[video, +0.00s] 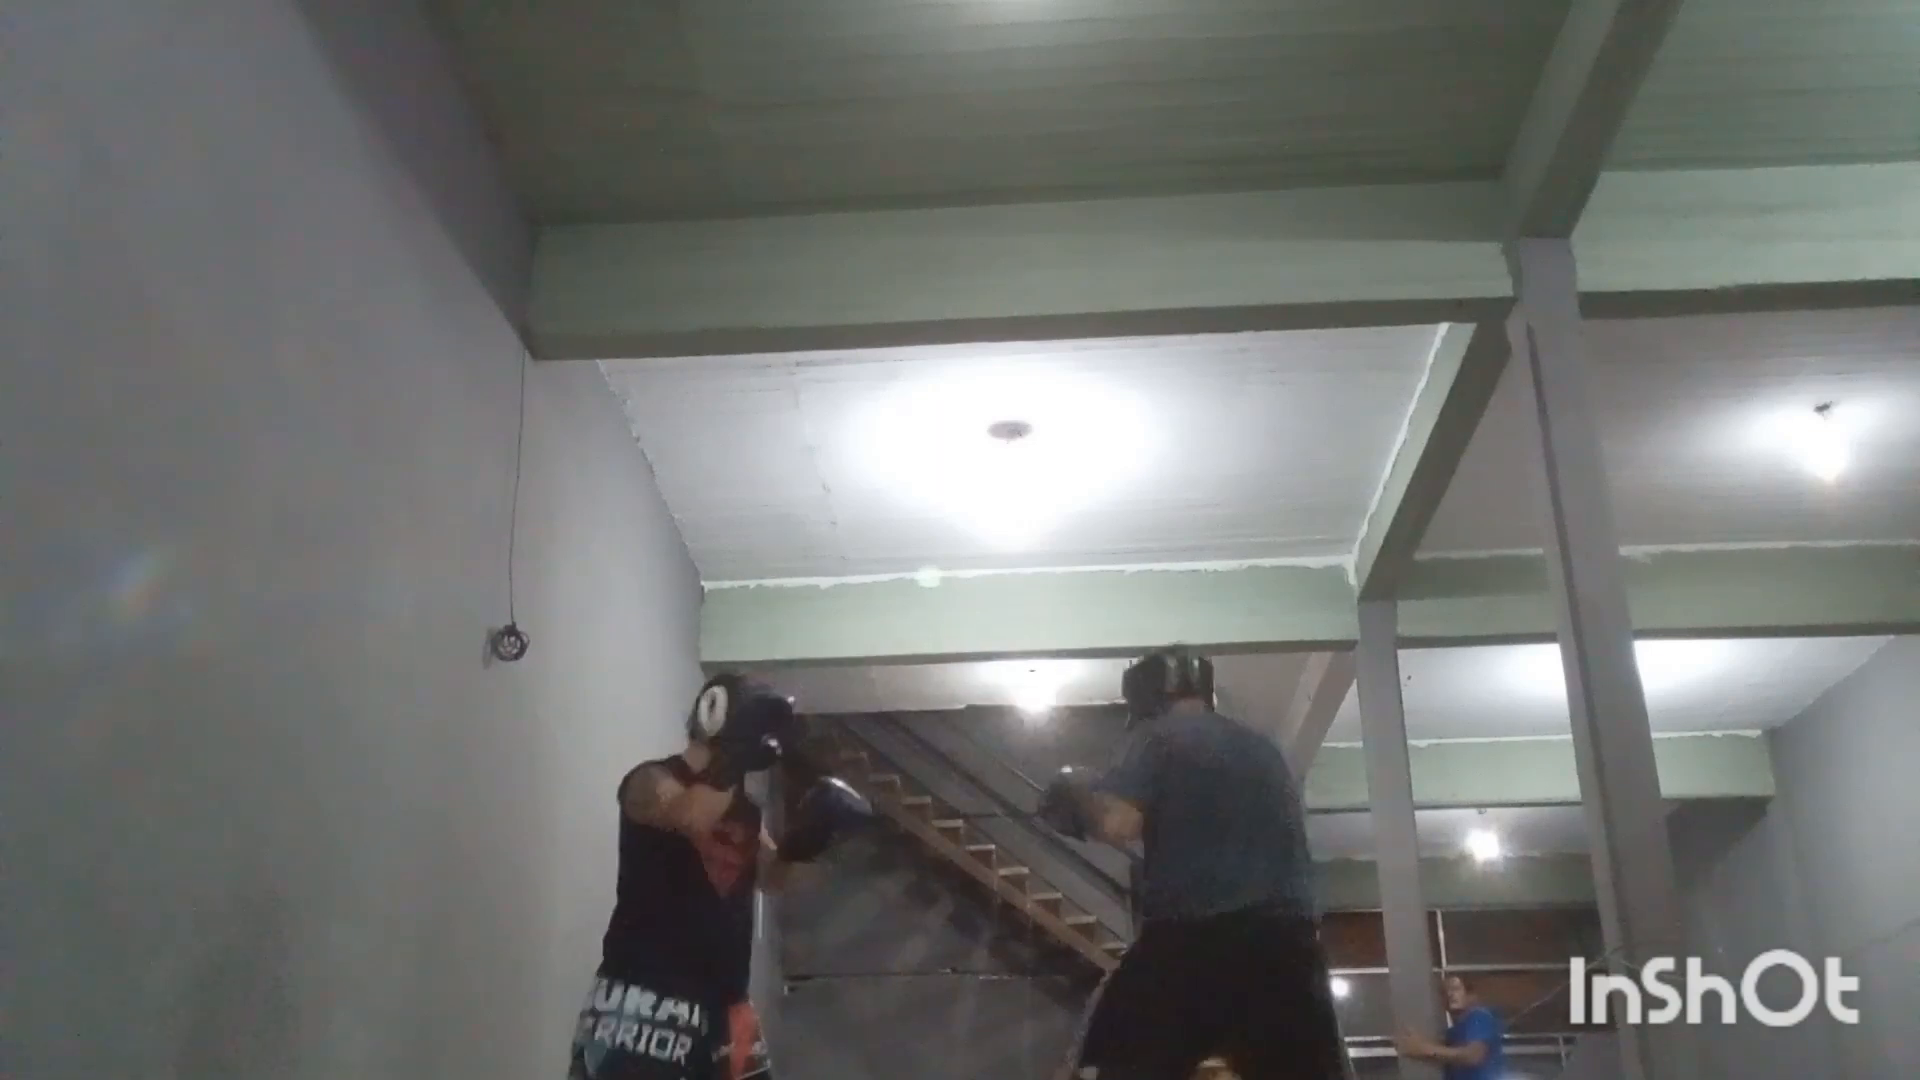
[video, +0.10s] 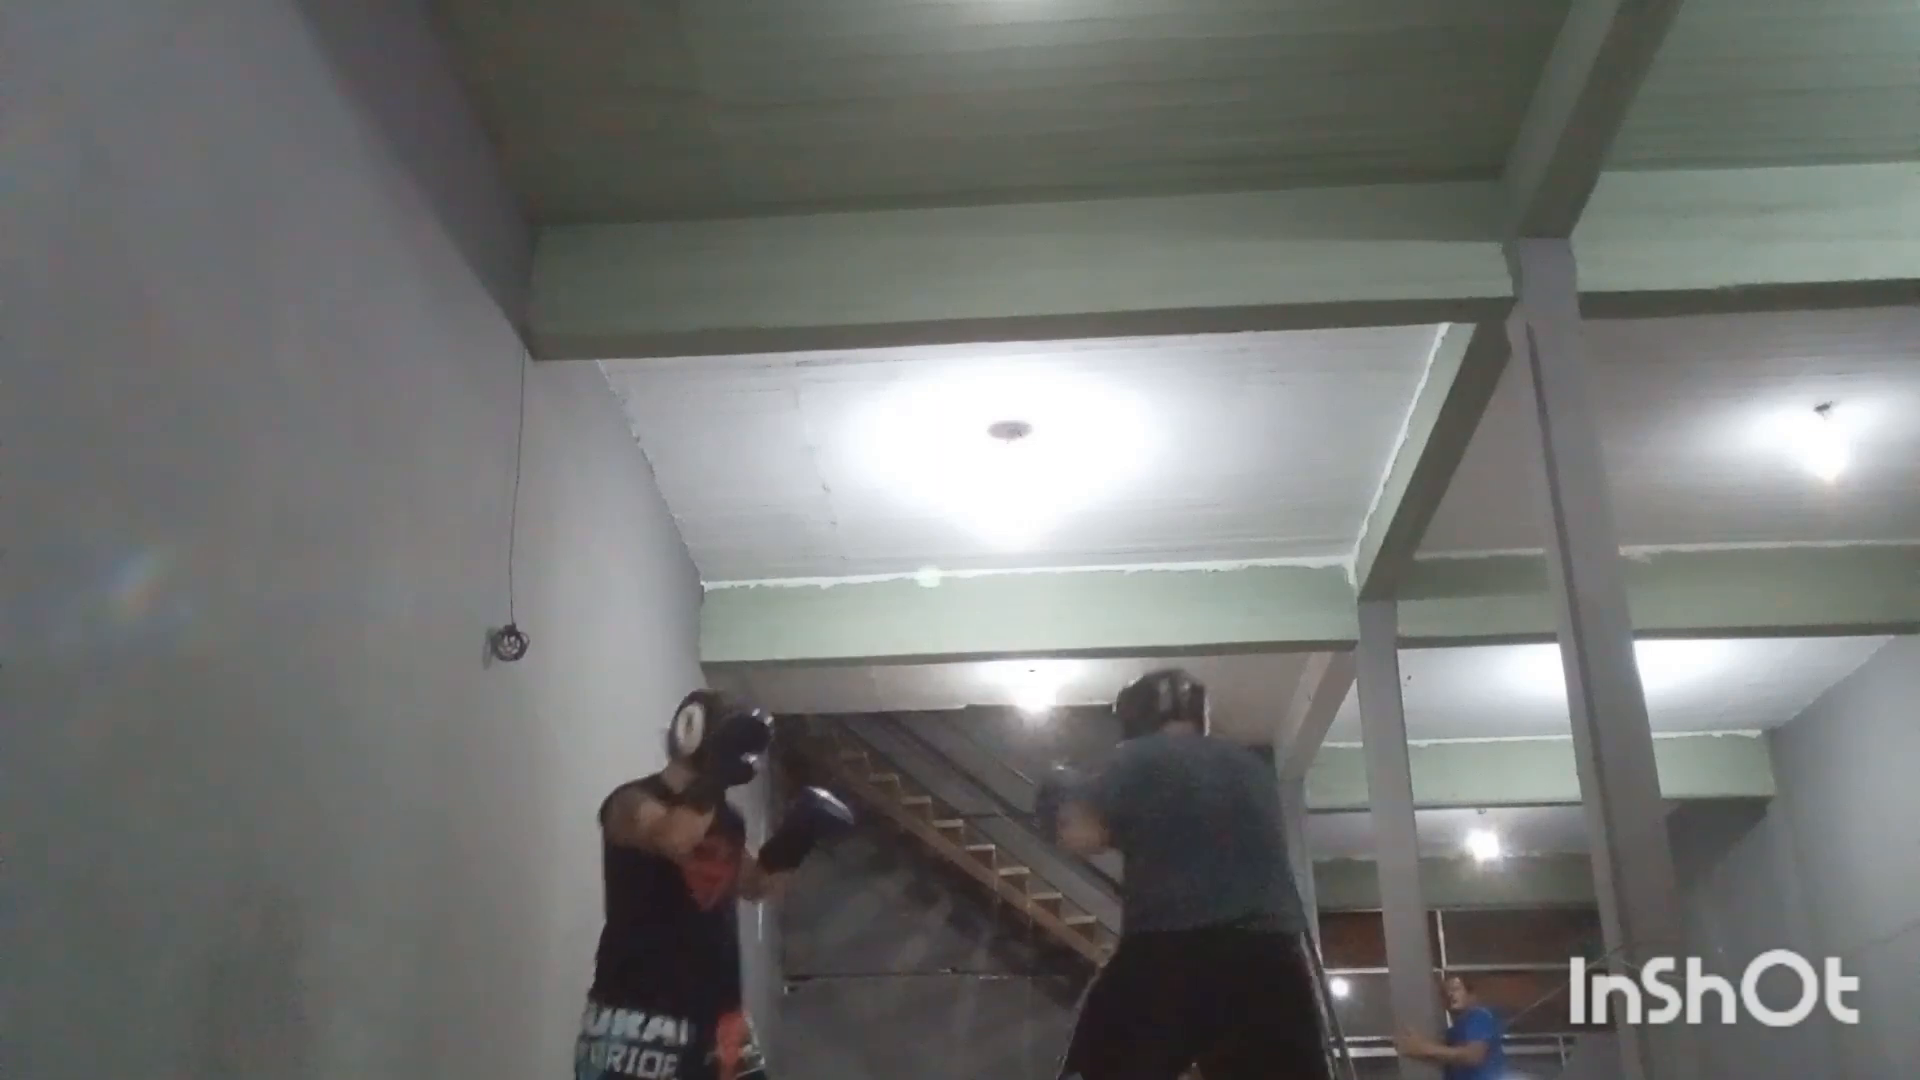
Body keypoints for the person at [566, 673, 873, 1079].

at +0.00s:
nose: (757, 735)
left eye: (765, 723)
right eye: (750, 721)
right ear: (716, 716)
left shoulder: (745, 810)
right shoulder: (648, 781)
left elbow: (773, 878)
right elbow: (691, 819)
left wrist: (809, 840)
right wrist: (735, 755)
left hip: (716, 1010)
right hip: (641, 1009)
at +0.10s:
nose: (734, 751)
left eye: (736, 741)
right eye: (724, 736)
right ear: (692, 732)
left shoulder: (724, 819)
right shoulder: (628, 803)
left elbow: (755, 885)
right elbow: (674, 840)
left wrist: (797, 834)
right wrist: (713, 774)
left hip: (714, 1021)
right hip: (637, 1022)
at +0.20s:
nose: (719, 776)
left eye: (722, 765)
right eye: (711, 762)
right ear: (674, 750)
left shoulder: (708, 825)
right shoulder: (610, 819)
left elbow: (747, 891)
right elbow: (654, 860)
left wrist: (783, 836)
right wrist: (694, 788)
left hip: (702, 1028)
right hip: (623, 1031)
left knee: (747, 1070)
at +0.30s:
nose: (713, 766)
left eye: (721, 755)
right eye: (705, 750)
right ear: (668, 744)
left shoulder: (713, 818)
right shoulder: (606, 814)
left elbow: (768, 880)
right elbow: (640, 861)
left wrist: (786, 814)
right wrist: (685, 785)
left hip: (707, 1022)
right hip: (622, 1027)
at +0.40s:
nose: (718, 766)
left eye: (724, 755)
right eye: (709, 752)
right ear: (677, 744)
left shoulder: (727, 815)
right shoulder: (614, 812)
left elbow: (793, 858)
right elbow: (646, 853)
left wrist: (800, 791)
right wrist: (689, 784)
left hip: (707, 1021)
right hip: (625, 1020)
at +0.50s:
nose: (725, 786)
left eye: (728, 776)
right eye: (716, 774)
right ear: (690, 767)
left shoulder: (733, 835)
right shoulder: (623, 828)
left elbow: (808, 858)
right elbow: (660, 864)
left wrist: (810, 780)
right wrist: (698, 798)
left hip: (704, 1035)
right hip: (622, 1031)